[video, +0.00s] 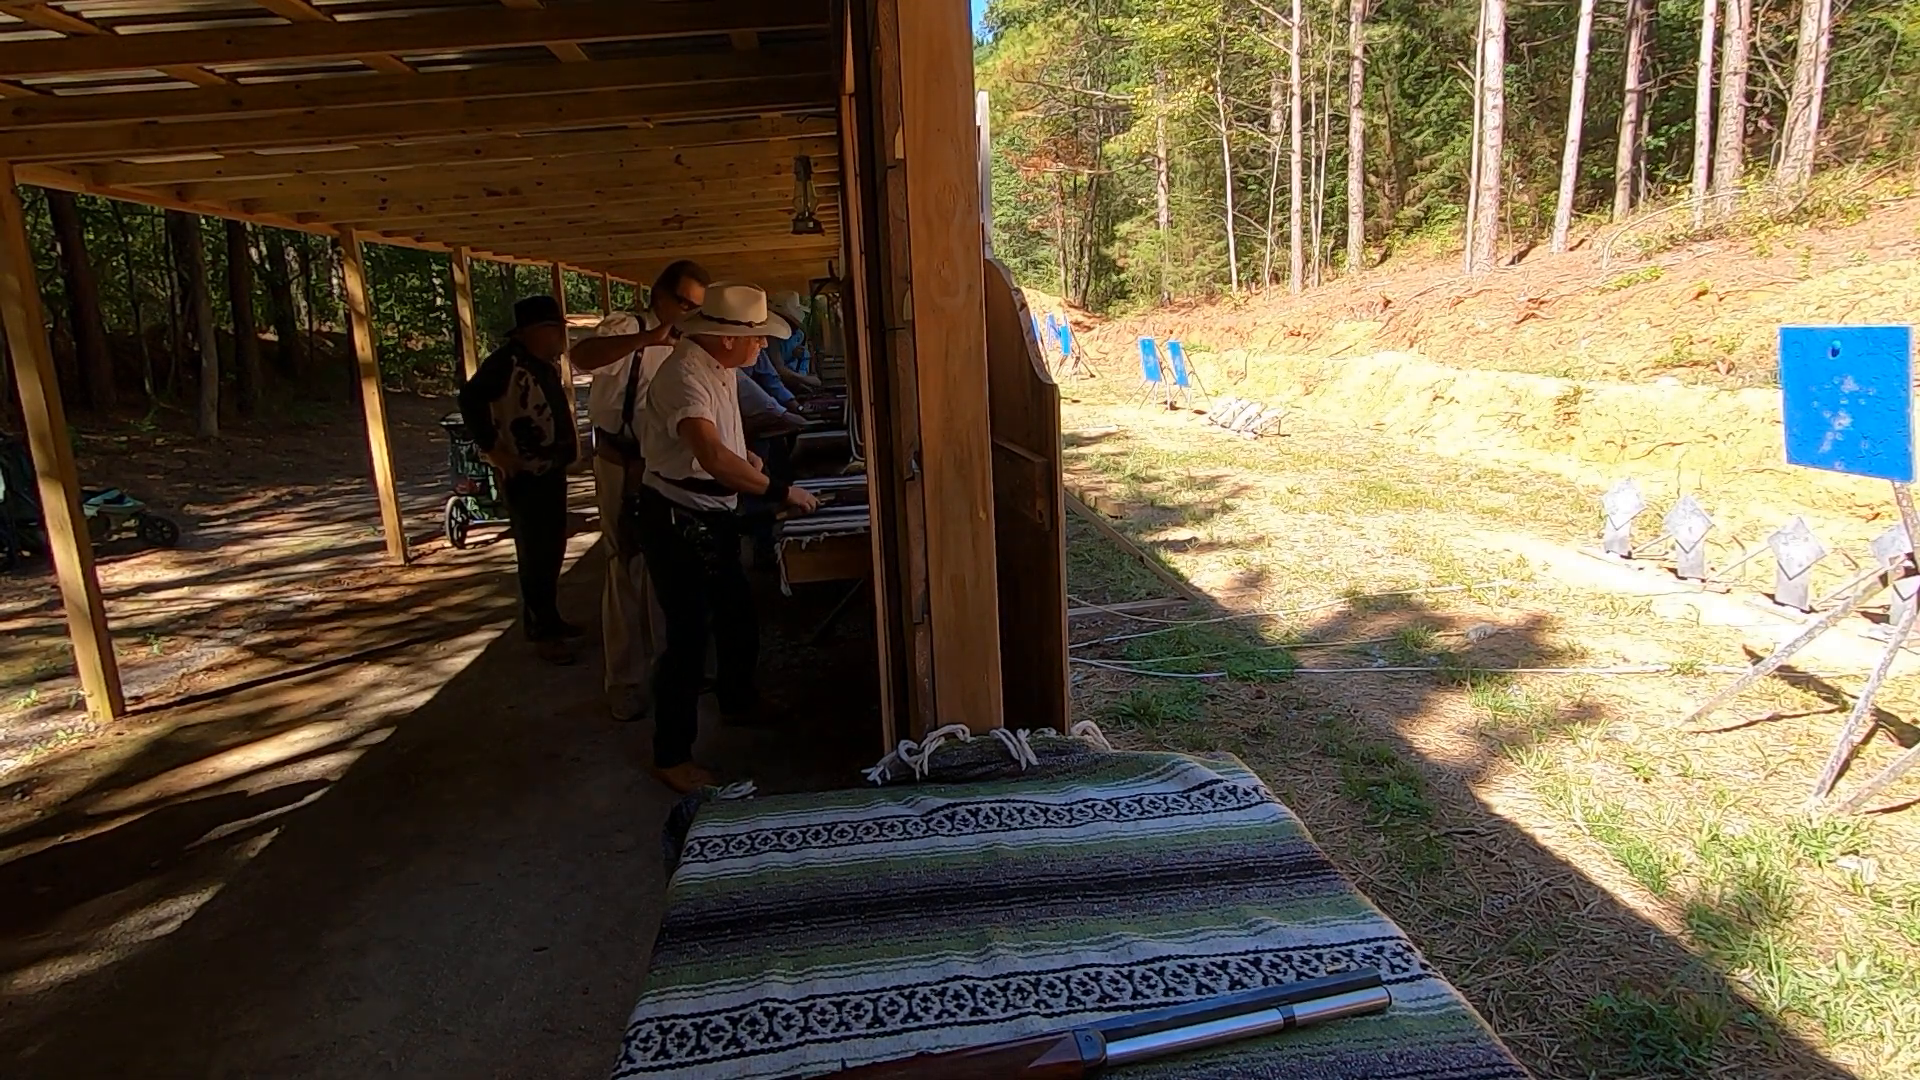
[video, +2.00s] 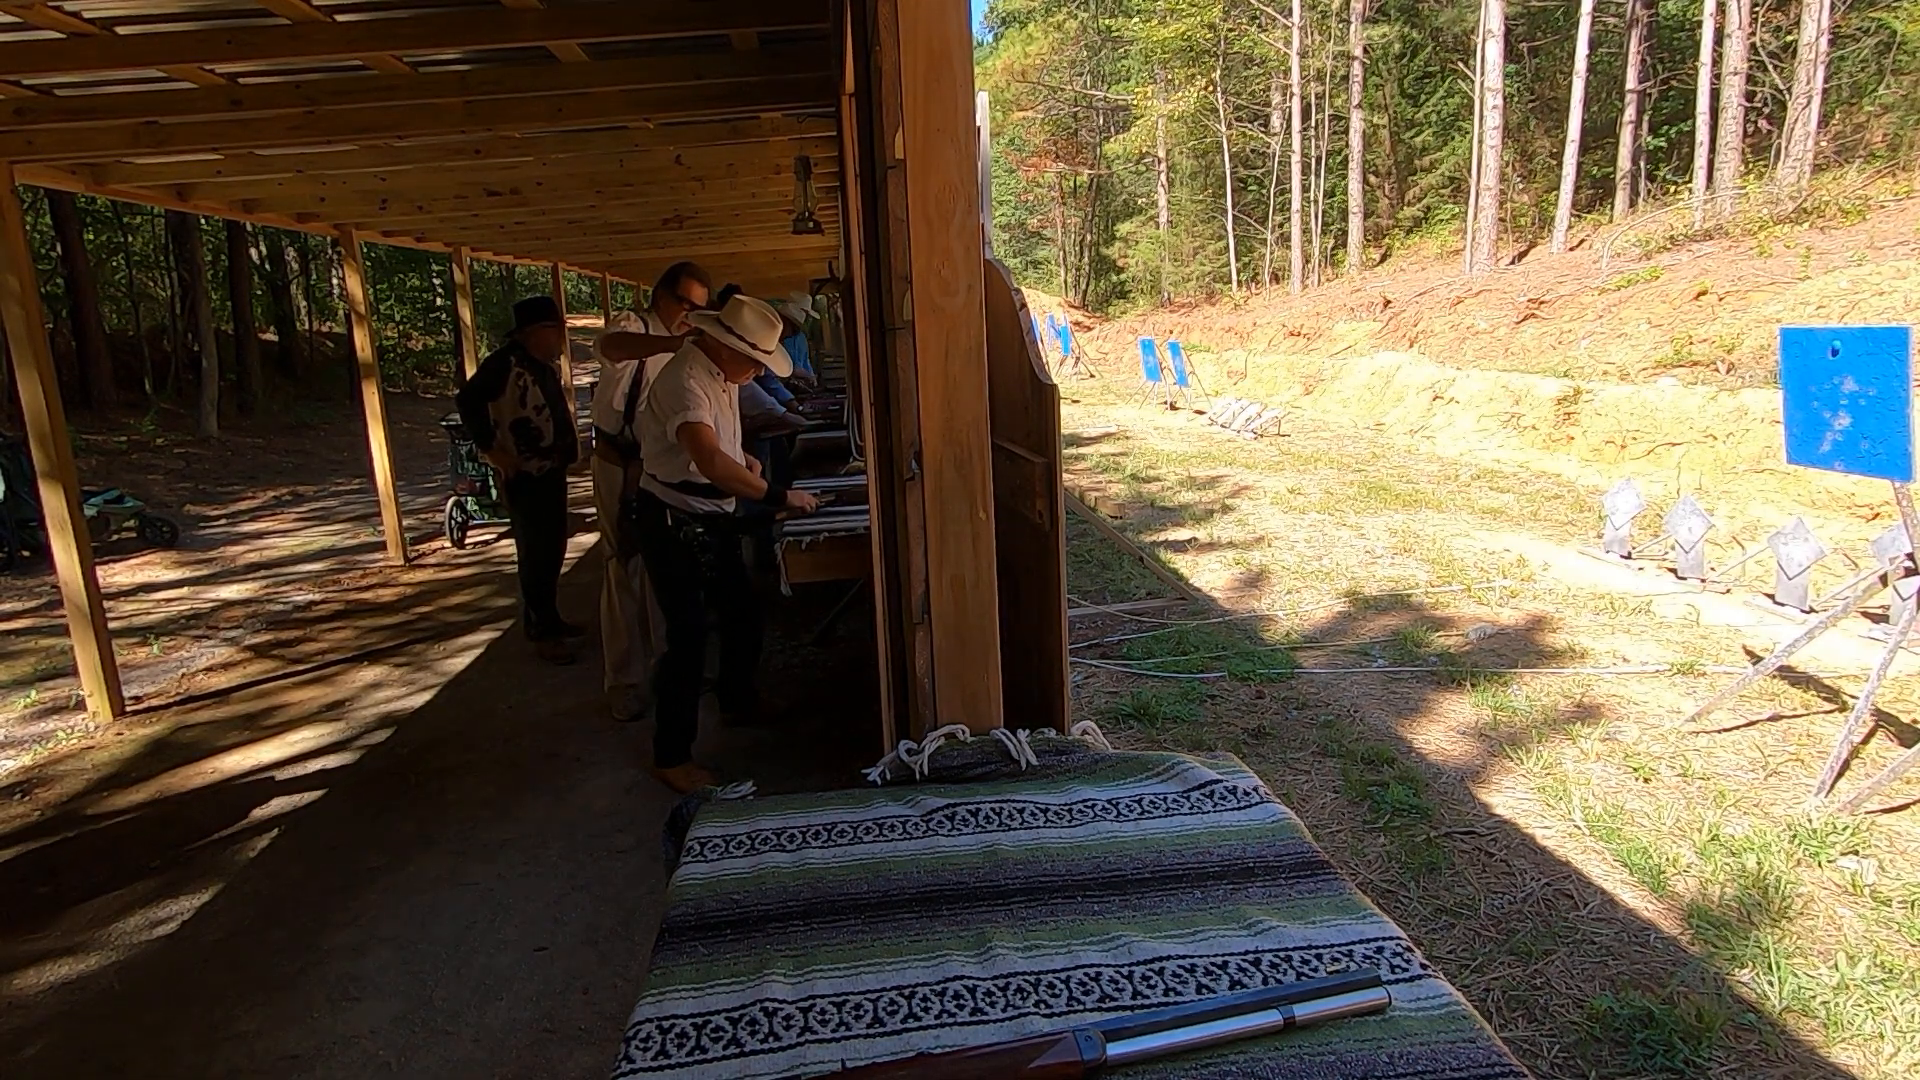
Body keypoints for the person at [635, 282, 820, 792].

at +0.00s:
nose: (762, 349)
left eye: (762, 340)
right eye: (758, 339)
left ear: (726, 337)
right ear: (731, 338)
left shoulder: (719, 373)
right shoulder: (686, 373)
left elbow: (728, 448)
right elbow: (711, 455)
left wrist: (764, 478)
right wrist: (780, 491)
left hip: (716, 515)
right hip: (677, 518)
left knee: (735, 617)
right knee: (688, 637)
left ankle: (740, 708)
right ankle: (672, 757)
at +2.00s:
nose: (756, 374)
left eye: (760, 367)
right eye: (755, 365)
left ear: (727, 348)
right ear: (730, 349)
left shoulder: (720, 378)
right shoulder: (685, 377)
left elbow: (723, 444)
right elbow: (707, 458)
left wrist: (747, 466)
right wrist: (777, 495)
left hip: (716, 516)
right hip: (673, 520)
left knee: (740, 614)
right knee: (689, 636)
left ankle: (739, 708)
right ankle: (672, 757)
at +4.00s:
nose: (757, 355)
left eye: (760, 346)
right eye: (753, 344)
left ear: (727, 335)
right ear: (725, 333)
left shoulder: (717, 362)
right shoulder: (686, 353)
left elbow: (722, 424)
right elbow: (724, 409)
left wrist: (751, 450)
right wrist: (786, 423)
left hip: (717, 512)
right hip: (672, 513)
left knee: (737, 613)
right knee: (689, 632)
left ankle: (740, 706)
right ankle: (673, 756)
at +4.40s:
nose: (750, 333)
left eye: (750, 324)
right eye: (743, 325)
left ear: (722, 324)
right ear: (712, 323)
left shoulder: (730, 359)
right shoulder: (669, 343)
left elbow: (757, 415)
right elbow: (702, 390)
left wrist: (784, 383)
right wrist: (755, 370)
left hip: (724, 508)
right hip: (674, 510)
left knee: (734, 615)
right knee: (682, 632)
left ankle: (739, 707)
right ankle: (672, 756)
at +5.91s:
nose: (753, 350)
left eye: (754, 341)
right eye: (745, 341)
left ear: (745, 339)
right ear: (710, 336)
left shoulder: (747, 376)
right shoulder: (666, 344)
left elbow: (796, 412)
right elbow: (690, 393)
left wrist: (857, 395)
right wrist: (756, 374)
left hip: (714, 511)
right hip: (657, 510)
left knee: (738, 611)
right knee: (671, 632)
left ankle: (740, 705)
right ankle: (672, 756)